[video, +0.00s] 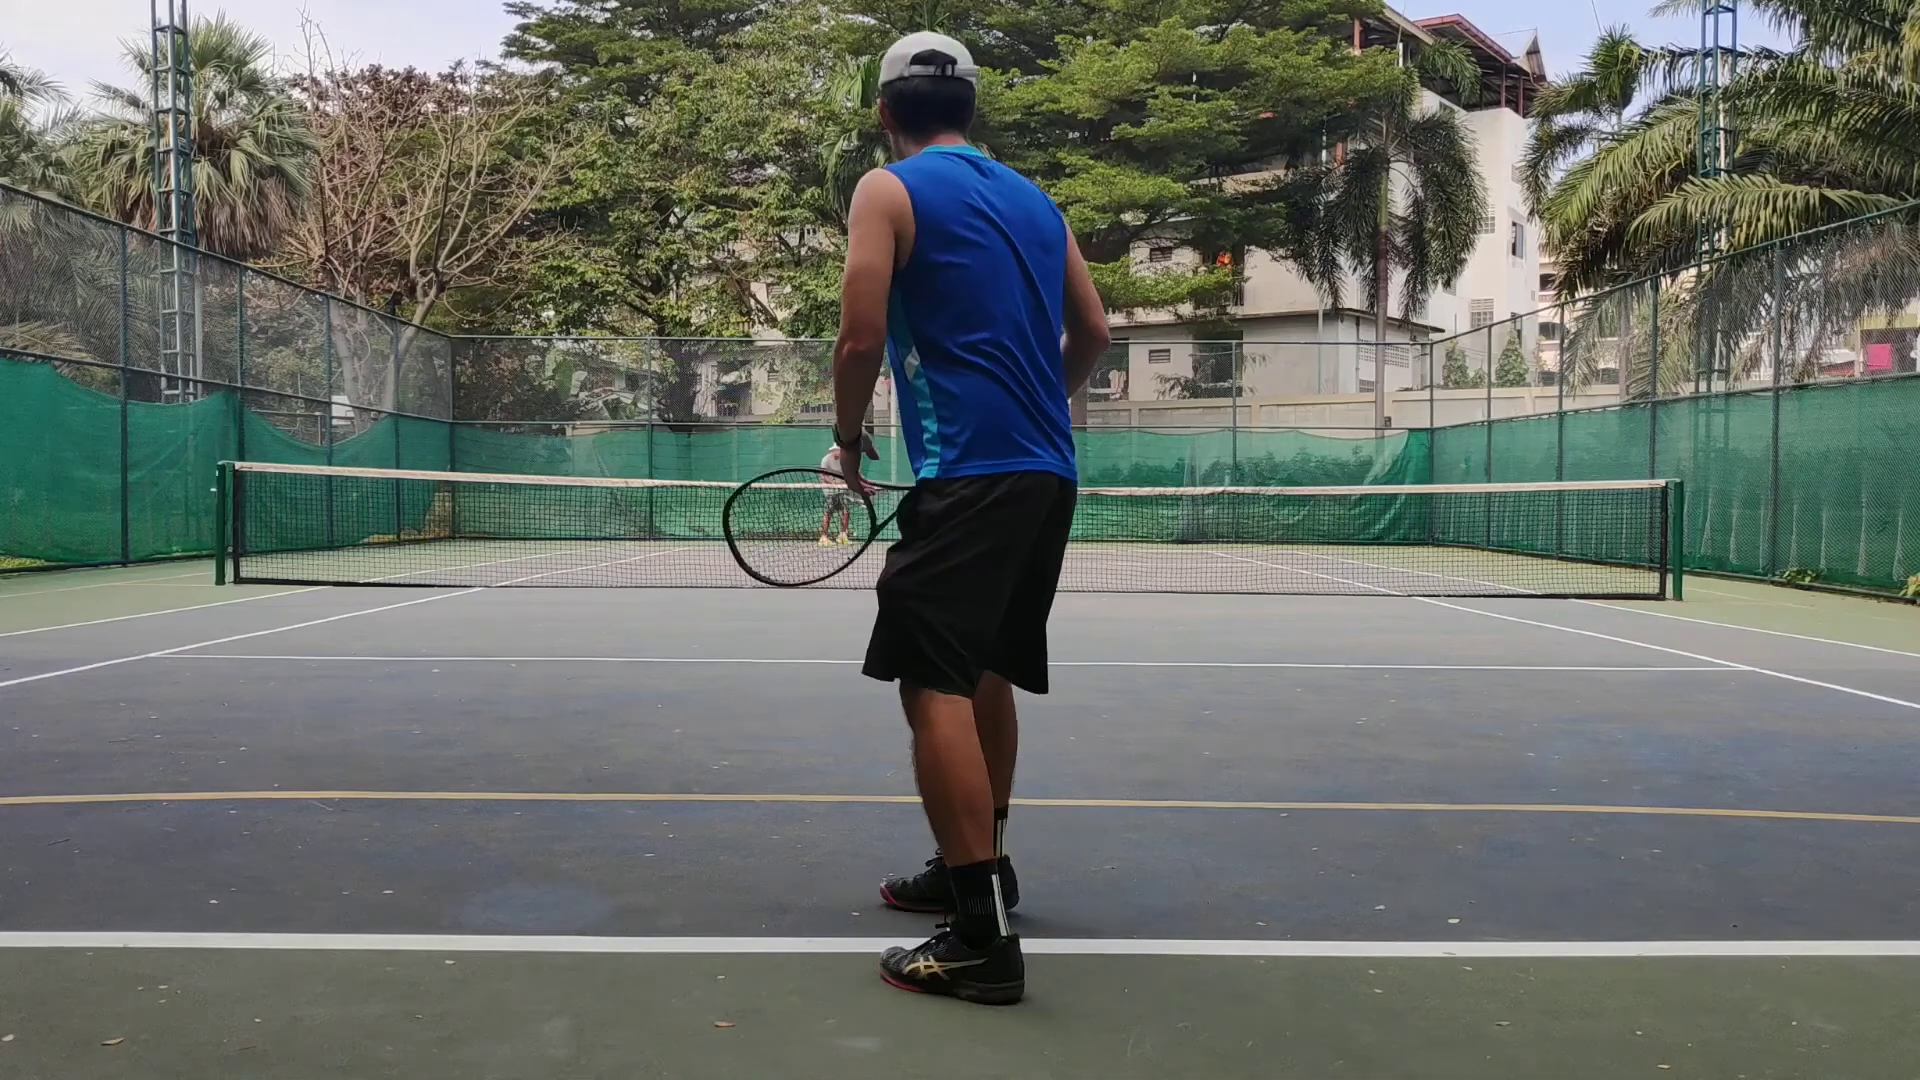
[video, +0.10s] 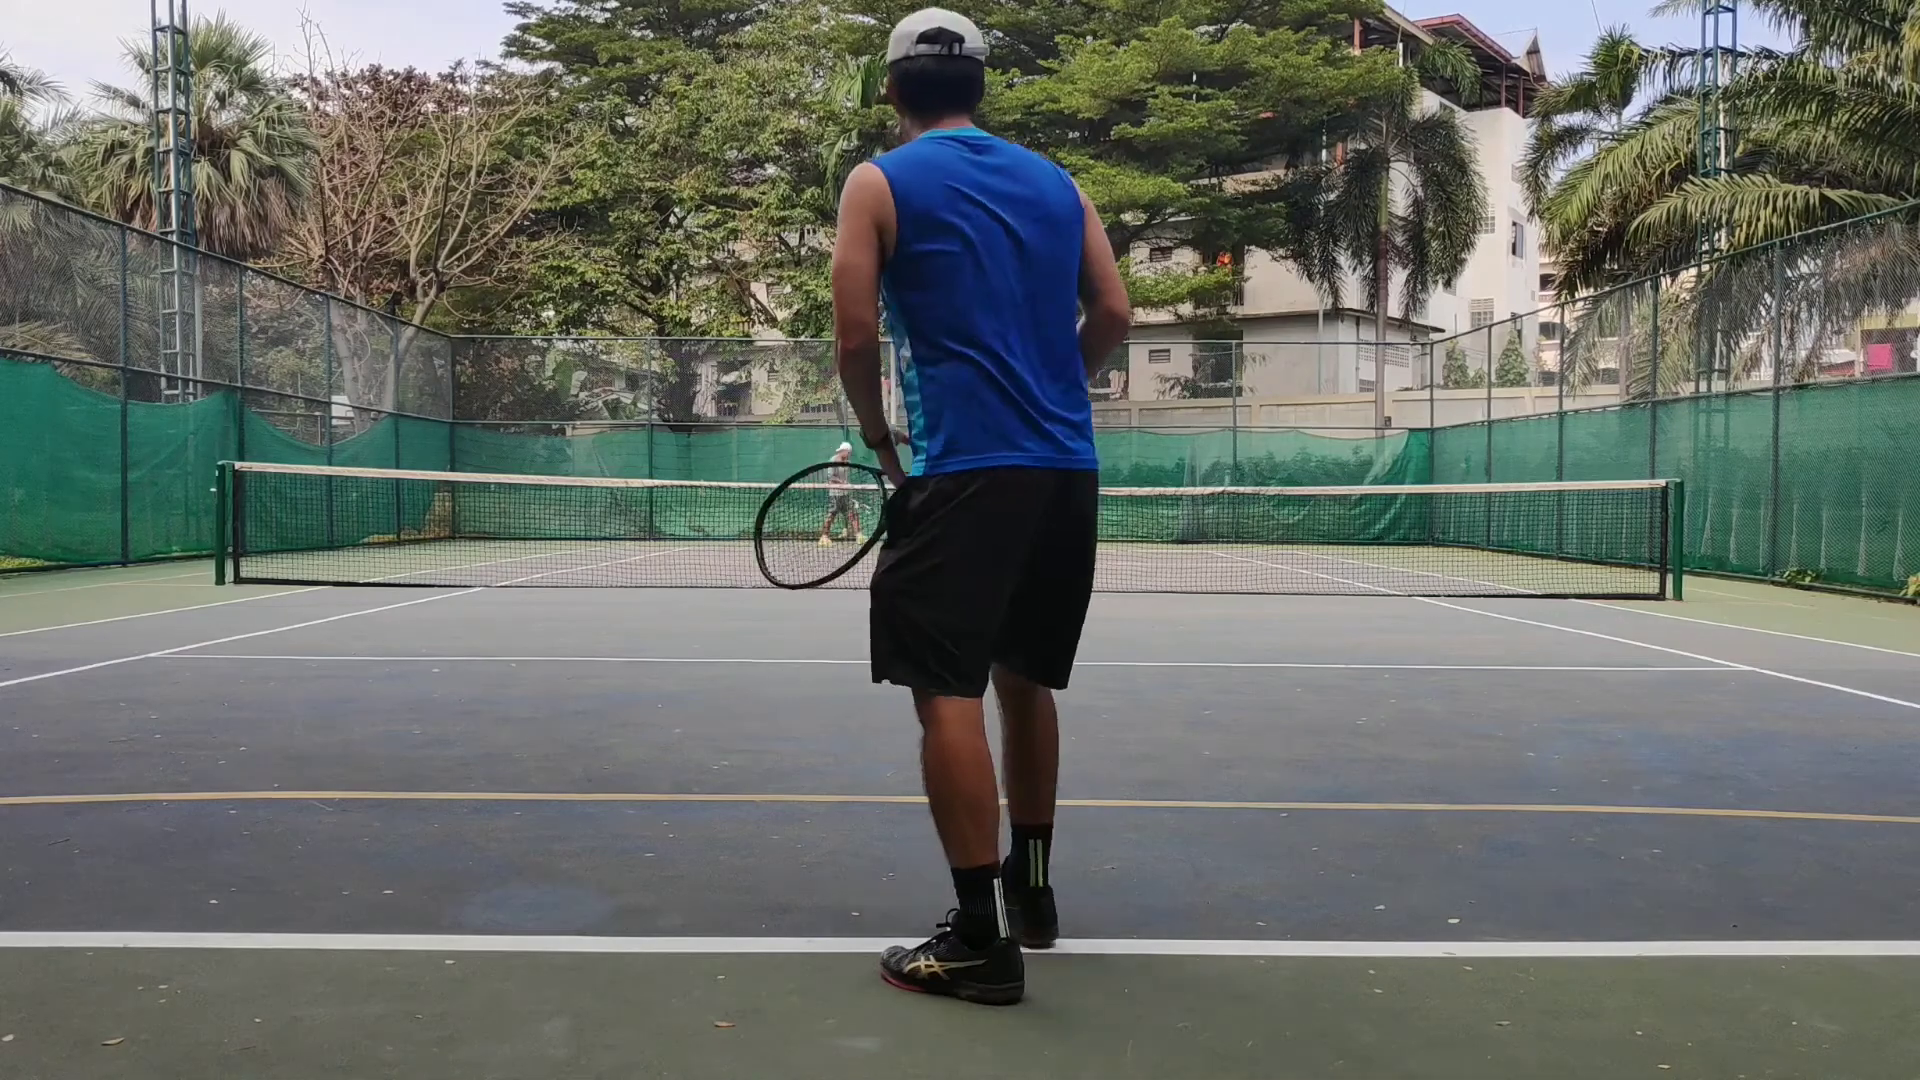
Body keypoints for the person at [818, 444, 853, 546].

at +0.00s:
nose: (839, 454)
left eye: (841, 451)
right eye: (838, 451)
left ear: (843, 452)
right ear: (833, 451)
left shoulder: (845, 460)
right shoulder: (826, 460)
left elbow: (851, 474)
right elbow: (824, 475)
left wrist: (847, 482)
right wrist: (833, 482)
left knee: (846, 512)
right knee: (828, 512)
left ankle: (843, 534)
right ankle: (824, 536)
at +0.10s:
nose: (847, 455)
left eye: (848, 453)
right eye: (846, 452)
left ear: (848, 453)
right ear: (842, 451)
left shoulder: (846, 462)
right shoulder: (833, 461)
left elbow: (844, 476)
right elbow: (831, 478)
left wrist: (847, 484)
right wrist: (842, 482)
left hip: (844, 492)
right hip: (835, 492)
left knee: (852, 513)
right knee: (832, 514)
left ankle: (858, 534)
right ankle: (824, 535)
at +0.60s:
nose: (878, 452)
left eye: (879, 450)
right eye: (876, 449)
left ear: (880, 450)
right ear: (872, 449)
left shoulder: (877, 460)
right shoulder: (866, 459)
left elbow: (876, 474)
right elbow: (859, 474)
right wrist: (870, 480)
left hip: (877, 489)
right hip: (869, 490)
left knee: (875, 513)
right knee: (879, 512)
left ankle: (866, 536)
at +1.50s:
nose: (927, 458)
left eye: (929, 455)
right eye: (927, 455)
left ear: (927, 455)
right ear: (921, 453)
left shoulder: (922, 462)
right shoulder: (912, 460)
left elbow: (922, 475)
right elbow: (904, 472)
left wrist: (930, 484)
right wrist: (906, 485)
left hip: (918, 491)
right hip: (910, 491)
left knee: (921, 516)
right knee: (912, 515)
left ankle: (923, 539)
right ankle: (901, 538)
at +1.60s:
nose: (930, 457)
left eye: (931, 455)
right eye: (929, 454)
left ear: (929, 454)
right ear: (924, 452)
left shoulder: (926, 463)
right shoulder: (913, 460)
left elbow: (928, 475)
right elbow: (902, 472)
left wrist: (935, 484)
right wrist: (902, 484)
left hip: (921, 491)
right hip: (911, 491)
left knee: (923, 515)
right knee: (912, 515)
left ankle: (923, 539)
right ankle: (902, 537)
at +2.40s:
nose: (926, 451)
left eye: (928, 449)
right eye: (924, 449)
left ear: (931, 450)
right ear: (920, 450)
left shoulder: (933, 461)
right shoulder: (915, 461)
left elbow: (936, 474)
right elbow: (912, 474)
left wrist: (934, 484)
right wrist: (911, 487)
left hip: (929, 490)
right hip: (917, 490)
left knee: (926, 514)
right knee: (915, 515)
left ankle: (925, 537)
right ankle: (918, 534)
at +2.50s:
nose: (924, 452)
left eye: (926, 449)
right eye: (922, 449)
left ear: (929, 451)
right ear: (919, 450)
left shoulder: (933, 462)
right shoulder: (914, 461)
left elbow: (934, 475)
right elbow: (911, 475)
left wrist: (932, 488)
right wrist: (910, 487)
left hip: (928, 491)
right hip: (916, 491)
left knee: (927, 514)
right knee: (916, 514)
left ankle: (924, 535)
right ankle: (918, 534)